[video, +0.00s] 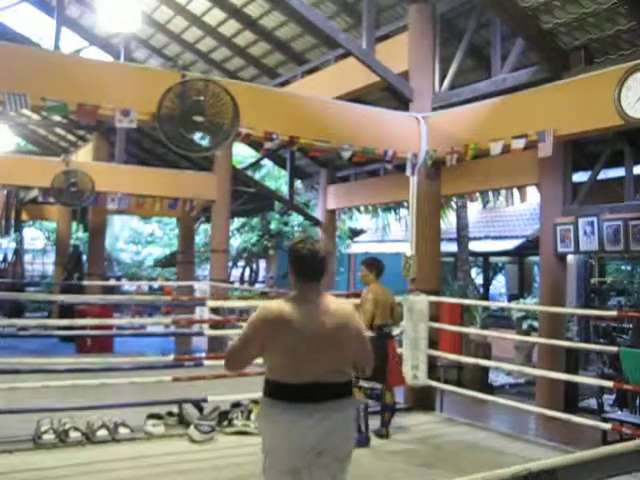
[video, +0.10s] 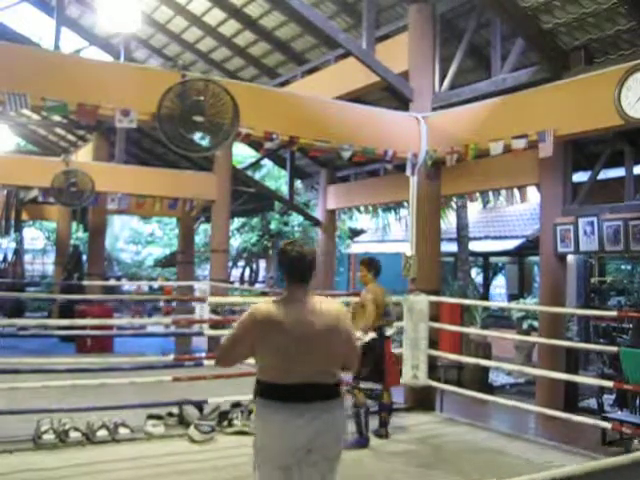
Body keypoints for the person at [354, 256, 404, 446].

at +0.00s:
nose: (361, 274)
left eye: (363, 271)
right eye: (361, 271)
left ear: (370, 272)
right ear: (377, 273)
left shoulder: (370, 293)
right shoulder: (388, 293)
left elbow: (366, 318)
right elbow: (395, 316)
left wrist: (360, 329)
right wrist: (385, 323)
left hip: (373, 333)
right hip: (387, 332)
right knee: (386, 381)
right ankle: (384, 426)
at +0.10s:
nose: (359, 275)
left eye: (362, 271)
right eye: (360, 271)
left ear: (370, 273)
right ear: (374, 273)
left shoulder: (368, 293)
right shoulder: (381, 292)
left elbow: (370, 317)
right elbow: (387, 316)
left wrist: (359, 330)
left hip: (368, 337)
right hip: (382, 336)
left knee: (356, 385)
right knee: (382, 384)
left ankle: (361, 434)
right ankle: (383, 427)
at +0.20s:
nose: (355, 275)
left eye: (359, 271)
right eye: (354, 270)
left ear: (368, 273)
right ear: (358, 272)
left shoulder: (368, 295)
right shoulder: (375, 293)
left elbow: (372, 322)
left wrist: (358, 333)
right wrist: (349, 324)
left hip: (365, 342)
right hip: (375, 340)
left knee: (356, 389)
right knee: (374, 386)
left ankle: (361, 434)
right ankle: (381, 427)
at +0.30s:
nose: (353, 275)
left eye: (358, 271)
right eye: (352, 271)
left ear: (367, 274)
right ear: (353, 272)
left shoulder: (370, 294)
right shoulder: (358, 294)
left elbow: (373, 323)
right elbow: (358, 319)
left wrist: (355, 332)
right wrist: (344, 321)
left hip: (367, 343)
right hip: (359, 342)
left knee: (359, 389)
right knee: (364, 388)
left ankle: (362, 434)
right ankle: (376, 426)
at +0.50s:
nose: (353, 275)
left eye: (357, 271)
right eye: (351, 270)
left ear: (365, 274)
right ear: (349, 271)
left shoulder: (369, 293)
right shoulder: (350, 292)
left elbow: (374, 320)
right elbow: (349, 316)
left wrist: (363, 331)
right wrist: (339, 326)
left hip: (362, 343)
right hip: (348, 342)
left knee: (359, 390)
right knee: (344, 390)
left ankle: (362, 433)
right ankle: (355, 425)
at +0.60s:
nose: (352, 275)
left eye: (356, 271)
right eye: (350, 270)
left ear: (363, 273)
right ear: (348, 272)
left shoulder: (369, 293)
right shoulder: (344, 294)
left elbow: (374, 319)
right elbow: (345, 319)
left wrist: (365, 335)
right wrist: (336, 329)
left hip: (361, 345)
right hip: (343, 345)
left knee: (360, 392)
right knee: (333, 392)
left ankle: (362, 435)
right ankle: (339, 431)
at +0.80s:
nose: (344, 275)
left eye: (348, 271)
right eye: (341, 271)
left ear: (354, 273)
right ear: (335, 273)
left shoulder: (361, 296)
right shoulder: (328, 296)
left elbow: (372, 323)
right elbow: (322, 321)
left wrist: (357, 336)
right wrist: (319, 330)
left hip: (353, 353)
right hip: (331, 353)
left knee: (357, 396)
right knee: (321, 395)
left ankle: (361, 436)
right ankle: (316, 439)